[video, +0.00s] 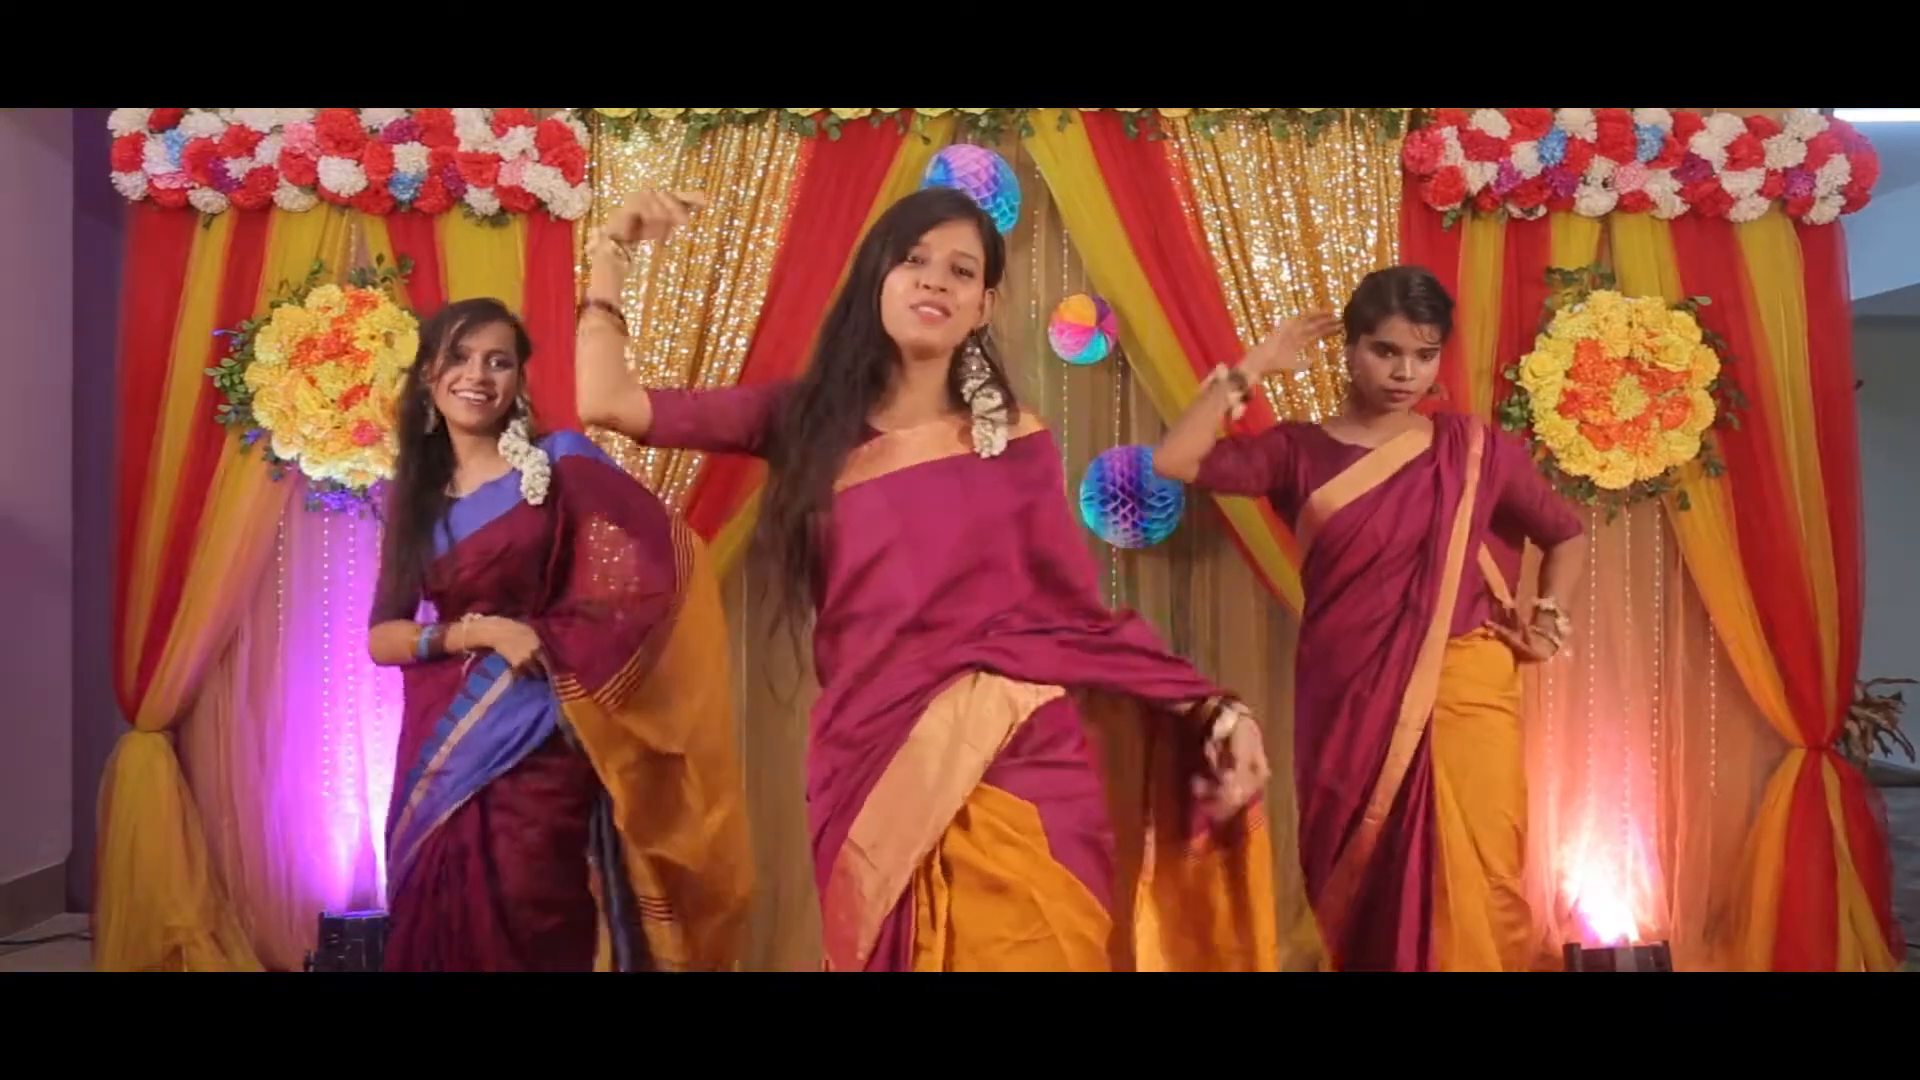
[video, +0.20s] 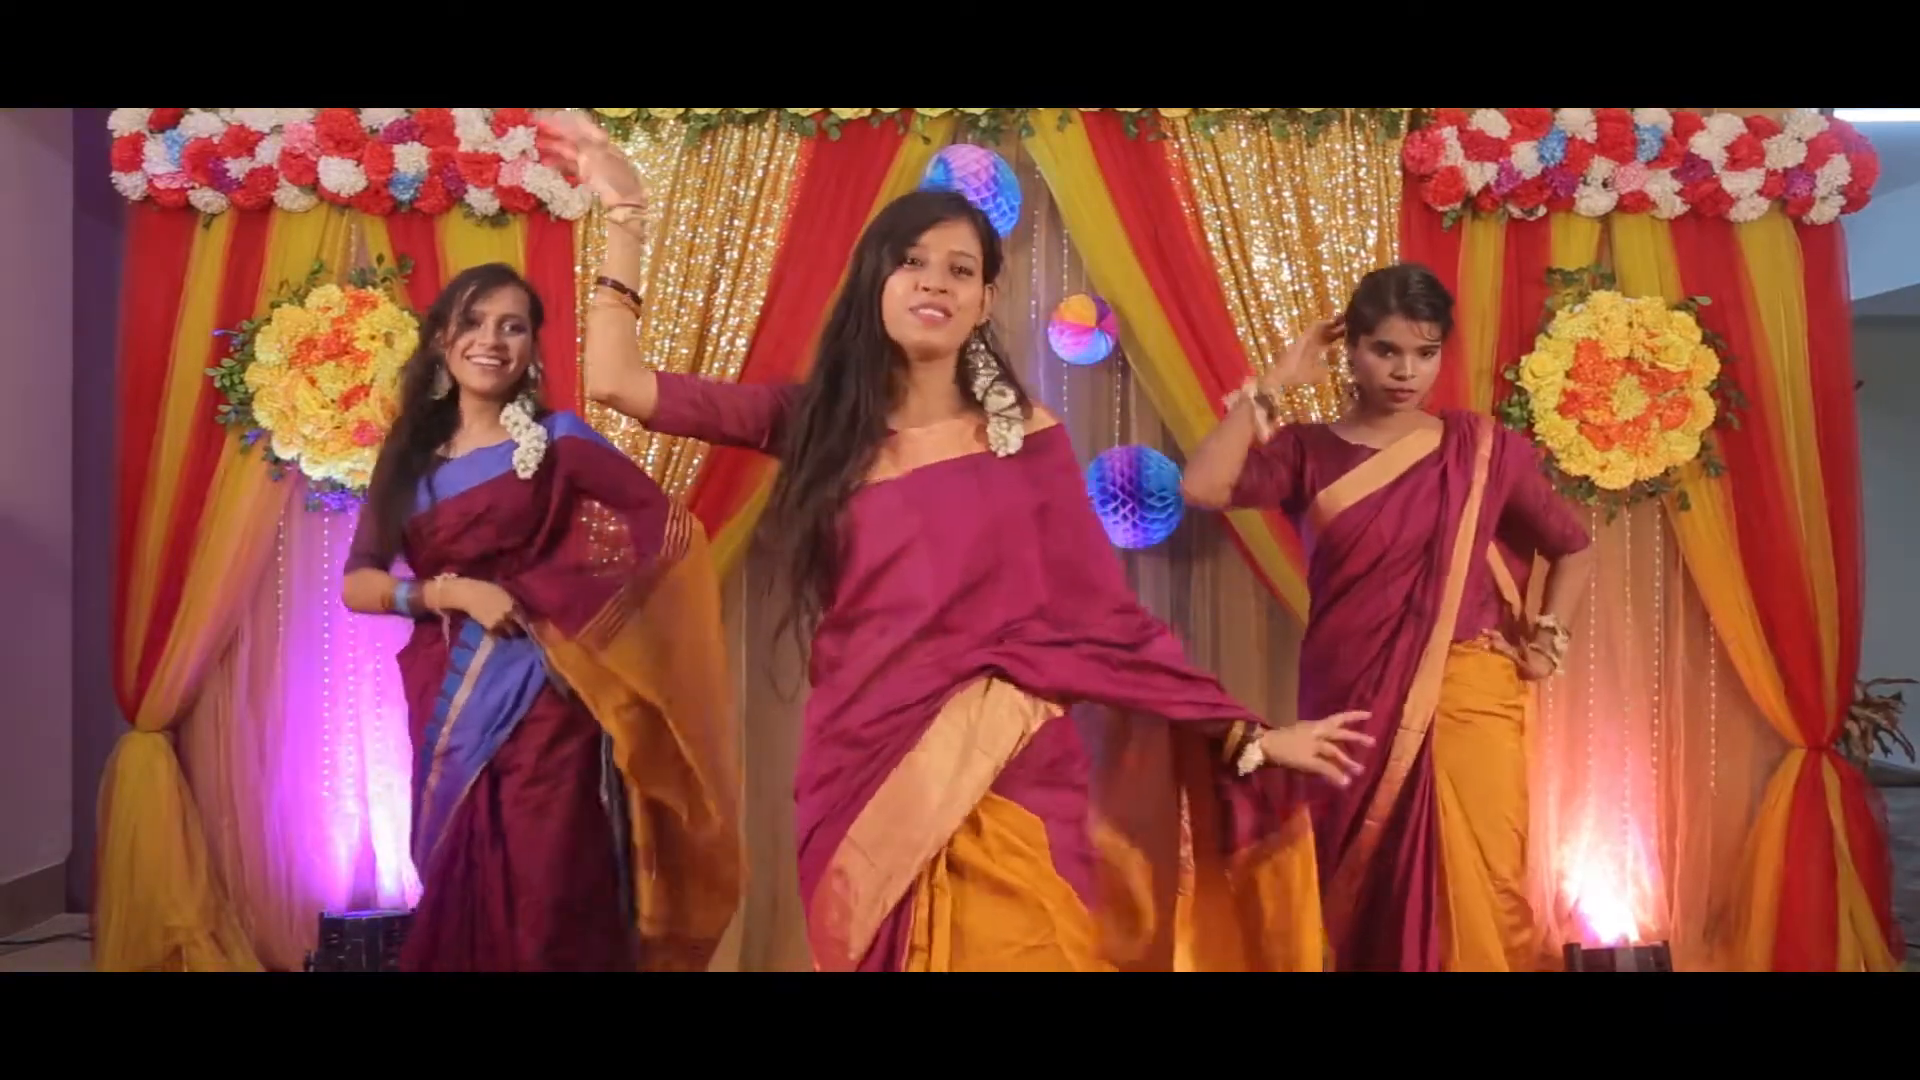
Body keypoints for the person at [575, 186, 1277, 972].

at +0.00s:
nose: (935, 282)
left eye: (962, 270)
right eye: (914, 260)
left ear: (987, 305)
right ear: (876, 279)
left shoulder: (1015, 436)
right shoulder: (815, 419)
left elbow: (1085, 616)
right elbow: (608, 402)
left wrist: (1213, 704)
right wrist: (607, 253)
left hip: (1032, 758)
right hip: (876, 770)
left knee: (1050, 955)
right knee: (887, 959)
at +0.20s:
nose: (935, 285)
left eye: (962, 270)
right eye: (913, 263)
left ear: (988, 302)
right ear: (873, 283)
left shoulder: (1029, 440)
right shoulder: (825, 420)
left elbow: (1108, 623)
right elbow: (621, 386)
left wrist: (1252, 732)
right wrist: (623, 216)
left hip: (1013, 773)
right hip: (862, 778)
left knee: (1035, 953)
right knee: (874, 959)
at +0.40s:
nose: (940, 314)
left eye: (964, 297)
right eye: (916, 293)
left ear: (991, 326)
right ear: (877, 317)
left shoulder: (1046, 452)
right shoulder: (843, 454)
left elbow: (1134, 642)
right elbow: (636, 397)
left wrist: (1276, 726)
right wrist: (616, 238)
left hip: (1015, 782)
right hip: (866, 778)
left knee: (1002, 958)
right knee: (853, 958)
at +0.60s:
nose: (945, 276)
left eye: (972, 261)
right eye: (922, 255)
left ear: (999, 290)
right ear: (883, 276)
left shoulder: (1037, 425)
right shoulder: (841, 417)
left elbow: (1105, 606)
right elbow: (633, 340)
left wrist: (1241, 694)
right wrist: (620, 190)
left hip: (1034, 742)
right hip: (883, 748)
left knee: (1017, 946)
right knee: (890, 952)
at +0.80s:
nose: (943, 288)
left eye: (969, 273)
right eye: (922, 267)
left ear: (996, 302)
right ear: (885, 288)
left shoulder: (1040, 440)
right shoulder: (839, 424)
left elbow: (1114, 629)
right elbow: (631, 382)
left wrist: (1228, 739)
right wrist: (674, 223)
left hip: (1027, 765)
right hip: (875, 768)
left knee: (1018, 953)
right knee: (883, 959)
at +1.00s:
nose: (944, 285)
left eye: (972, 267)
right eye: (922, 264)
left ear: (1004, 296)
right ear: (892, 285)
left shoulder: (1044, 433)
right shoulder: (840, 427)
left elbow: (1109, 626)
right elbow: (678, 548)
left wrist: (1211, 763)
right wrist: (627, 385)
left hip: (1024, 757)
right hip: (871, 757)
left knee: (1007, 953)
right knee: (875, 956)